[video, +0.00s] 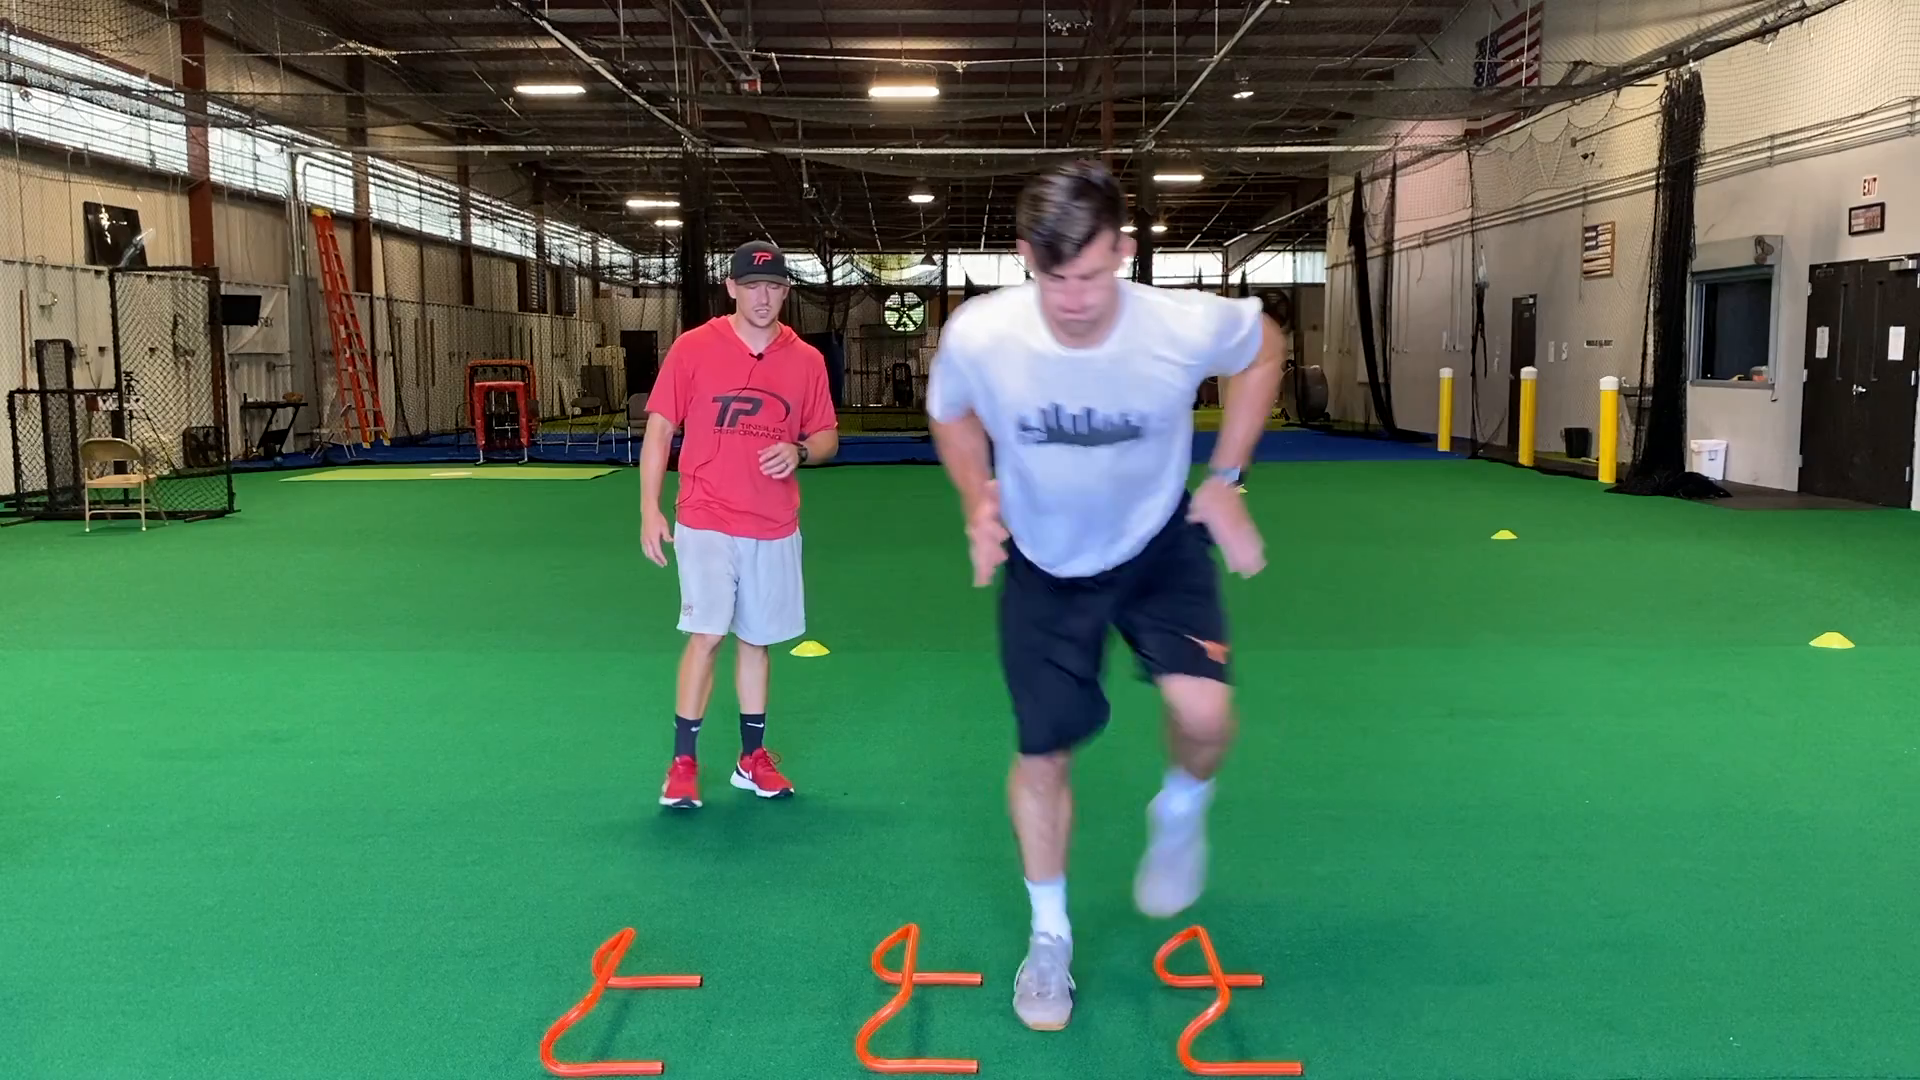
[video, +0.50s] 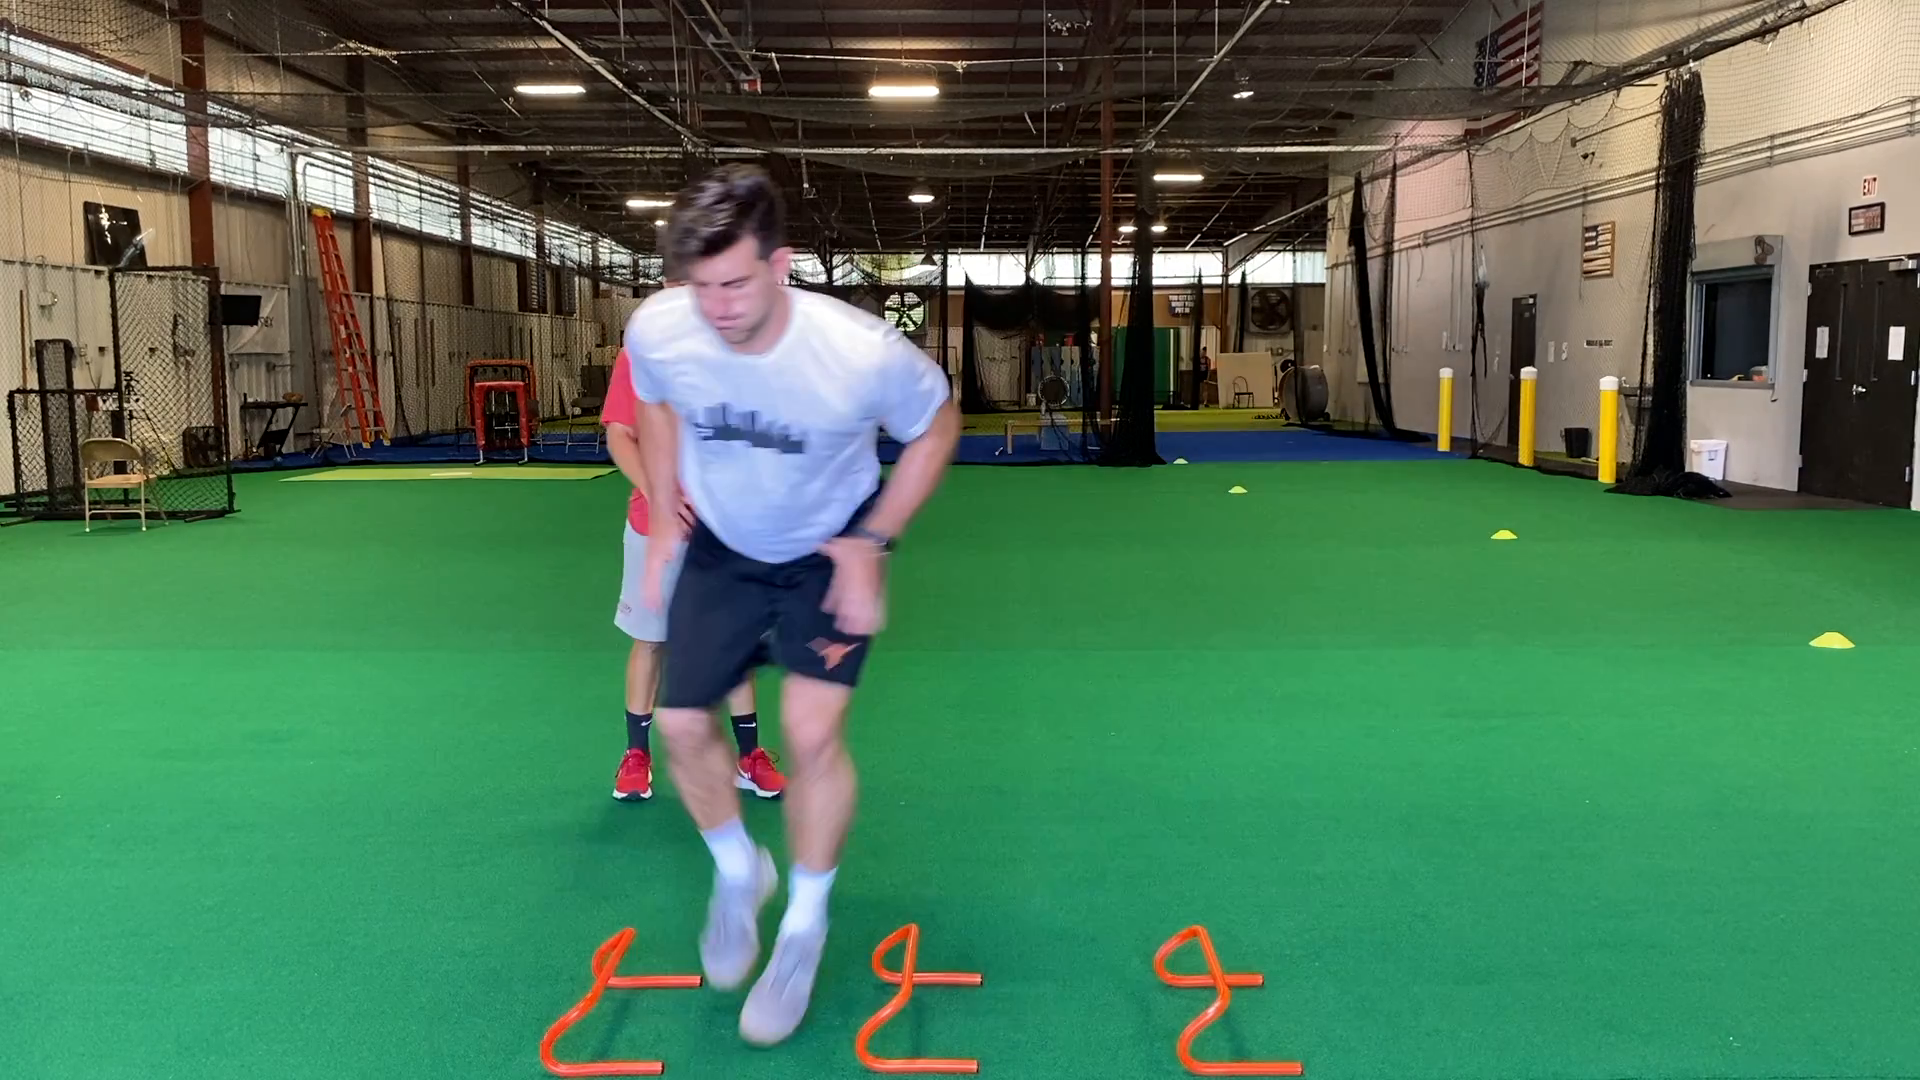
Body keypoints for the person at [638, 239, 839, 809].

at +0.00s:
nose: (762, 297)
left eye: (772, 287)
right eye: (752, 286)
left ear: (786, 292)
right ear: (731, 288)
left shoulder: (807, 360)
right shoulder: (694, 347)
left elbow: (827, 440)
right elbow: (659, 429)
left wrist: (800, 450)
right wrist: (650, 508)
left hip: (773, 524)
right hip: (706, 519)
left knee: (756, 639)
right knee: (707, 634)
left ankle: (753, 756)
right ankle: (683, 762)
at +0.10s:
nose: (756, 294)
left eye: (766, 284)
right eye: (746, 284)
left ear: (780, 290)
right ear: (725, 287)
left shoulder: (802, 360)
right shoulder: (689, 348)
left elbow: (823, 437)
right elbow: (656, 432)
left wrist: (799, 453)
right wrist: (653, 510)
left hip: (768, 529)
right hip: (699, 523)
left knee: (754, 640)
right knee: (693, 635)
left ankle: (753, 755)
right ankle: (663, 754)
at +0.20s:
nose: (745, 294)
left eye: (754, 283)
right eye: (734, 283)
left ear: (769, 288)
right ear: (715, 287)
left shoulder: (794, 361)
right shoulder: (680, 350)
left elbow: (818, 430)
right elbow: (653, 434)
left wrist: (795, 463)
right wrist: (660, 510)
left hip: (762, 533)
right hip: (692, 528)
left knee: (752, 642)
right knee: (676, 640)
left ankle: (753, 755)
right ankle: (645, 751)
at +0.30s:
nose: (730, 294)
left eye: (740, 283)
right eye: (719, 283)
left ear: (757, 288)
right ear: (702, 289)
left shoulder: (774, 353)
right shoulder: (670, 349)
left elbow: (799, 435)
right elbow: (645, 431)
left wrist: (780, 489)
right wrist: (666, 500)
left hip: (754, 532)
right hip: (683, 530)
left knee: (749, 642)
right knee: (662, 642)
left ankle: (754, 753)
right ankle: (637, 752)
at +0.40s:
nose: (713, 292)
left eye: (723, 282)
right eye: (702, 283)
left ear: (742, 287)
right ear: (685, 289)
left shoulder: (760, 349)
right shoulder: (656, 351)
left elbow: (782, 435)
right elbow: (632, 432)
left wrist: (755, 505)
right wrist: (666, 495)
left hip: (744, 525)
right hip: (671, 526)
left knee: (745, 641)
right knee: (656, 640)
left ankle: (753, 754)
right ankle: (638, 751)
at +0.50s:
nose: (700, 297)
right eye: (687, 281)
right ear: (669, 287)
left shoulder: (759, 356)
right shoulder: (643, 350)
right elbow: (618, 434)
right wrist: (658, 496)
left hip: (730, 526)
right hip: (659, 522)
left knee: (737, 646)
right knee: (649, 637)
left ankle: (750, 752)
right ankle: (637, 750)